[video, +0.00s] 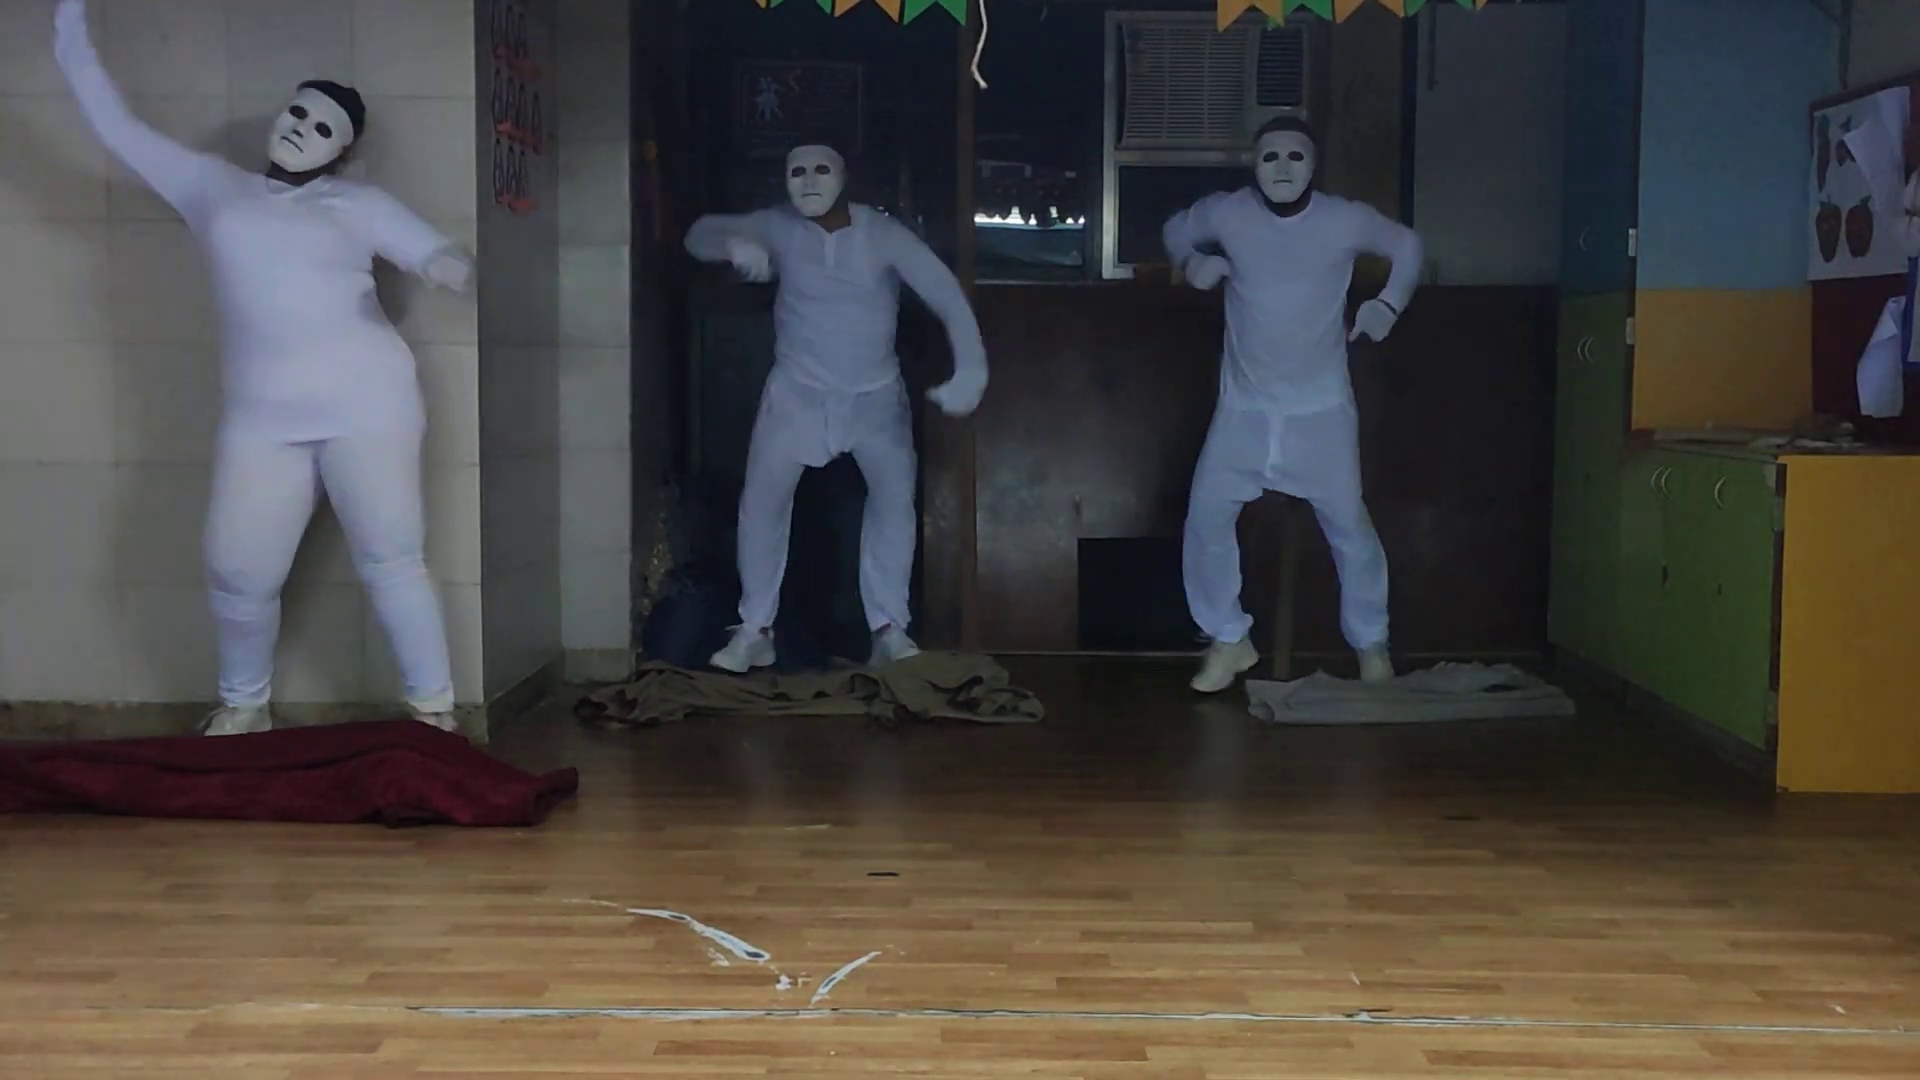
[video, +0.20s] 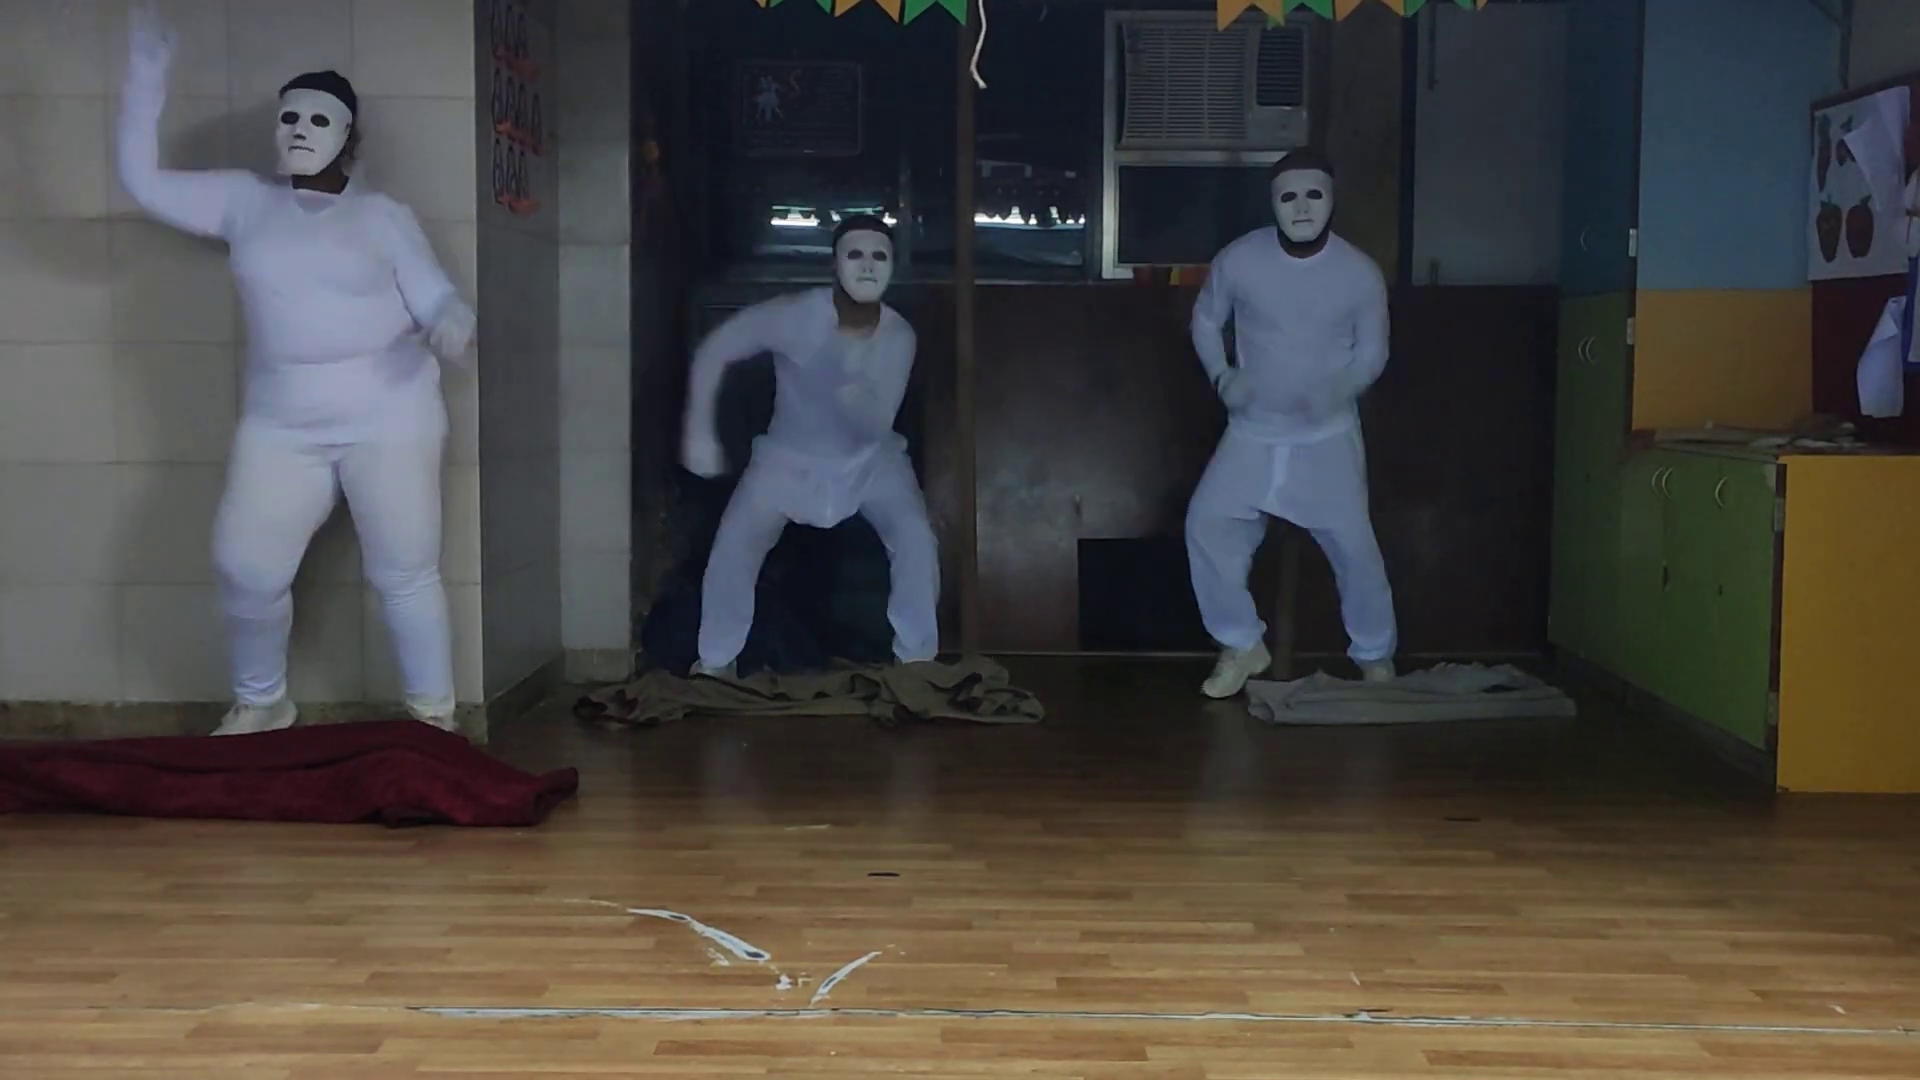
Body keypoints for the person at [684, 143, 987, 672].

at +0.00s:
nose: (809, 182)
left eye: (822, 171)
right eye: (798, 173)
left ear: (843, 177)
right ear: (786, 181)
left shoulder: (883, 235)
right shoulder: (776, 228)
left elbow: (949, 296)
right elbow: (699, 235)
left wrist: (971, 371)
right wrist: (733, 244)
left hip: (875, 399)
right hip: (794, 396)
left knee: (895, 502)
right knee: (762, 503)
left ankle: (889, 632)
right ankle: (756, 631)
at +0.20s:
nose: (867, 266)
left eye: (879, 257)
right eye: (855, 255)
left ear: (892, 267)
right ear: (836, 263)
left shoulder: (899, 338)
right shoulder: (795, 319)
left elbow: (878, 423)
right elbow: (715, 349)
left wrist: (856, 395)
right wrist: (701, 437)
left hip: (870, 460)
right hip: (790, 459)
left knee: (916, 543)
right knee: (734, 550)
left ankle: (916, 664)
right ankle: (714, 666)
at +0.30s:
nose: (837, 262)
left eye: (849, 252)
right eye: (825, 252)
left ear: (868, 261)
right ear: (812, 262)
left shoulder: (895, 329)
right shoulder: (784, 319)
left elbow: (945, 386)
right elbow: (741, 374)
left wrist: (982, 356)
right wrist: (780, 395)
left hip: (861, 462)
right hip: (781, 460)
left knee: (909, 541)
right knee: (724, 548)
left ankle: (914, 659)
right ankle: (718, 660)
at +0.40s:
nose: (837, 210)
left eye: (849, 201)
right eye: (825, 200)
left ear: (864, 214)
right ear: (807, 212)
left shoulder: (891, 275)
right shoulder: (774, 271)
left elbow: (980, 295)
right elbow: (708, 306)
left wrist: (993, 375)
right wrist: (667, 288)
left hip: (868, 440)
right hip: (781, 440)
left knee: (907, 539)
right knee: (724, 544)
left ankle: (916, 660)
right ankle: (716, 660)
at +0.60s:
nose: (838, 187)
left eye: (851, 178)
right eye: (827, 177)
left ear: (870, 189)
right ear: (811, 186)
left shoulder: (899, 250)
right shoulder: (783, 230)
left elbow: (989, 261)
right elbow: (705, 219)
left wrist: (1077, 254)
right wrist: (750, 207)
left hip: (863, 411)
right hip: (780, 407)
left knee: (911, 522)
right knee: (730, 524)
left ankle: (935, 648)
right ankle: (716, 647)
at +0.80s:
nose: (890, 244)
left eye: (903, 236)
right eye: (878, 232)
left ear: (915, 251)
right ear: (858, 242)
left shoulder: (921, 321)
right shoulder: (810, 297)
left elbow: (973, 384)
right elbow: (729, 322)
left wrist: (998, 318)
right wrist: (702, 376)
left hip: (871, 463)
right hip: (789, 457)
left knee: (921, 551)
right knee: (732, 566)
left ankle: (926, 670)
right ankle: (719, 669)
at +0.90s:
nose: (883, 201)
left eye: (896, 193)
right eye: (872, 190)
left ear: (909, 209)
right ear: (853, 201)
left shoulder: (923, 288)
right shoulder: (813, 272)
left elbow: (971, 356)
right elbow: (774, 335)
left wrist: (963, 422)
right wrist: (814, 361)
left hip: (879, 442)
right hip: (796, 436)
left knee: (923, 540)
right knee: (740, 545)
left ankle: (926, 663)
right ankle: (720, 662)